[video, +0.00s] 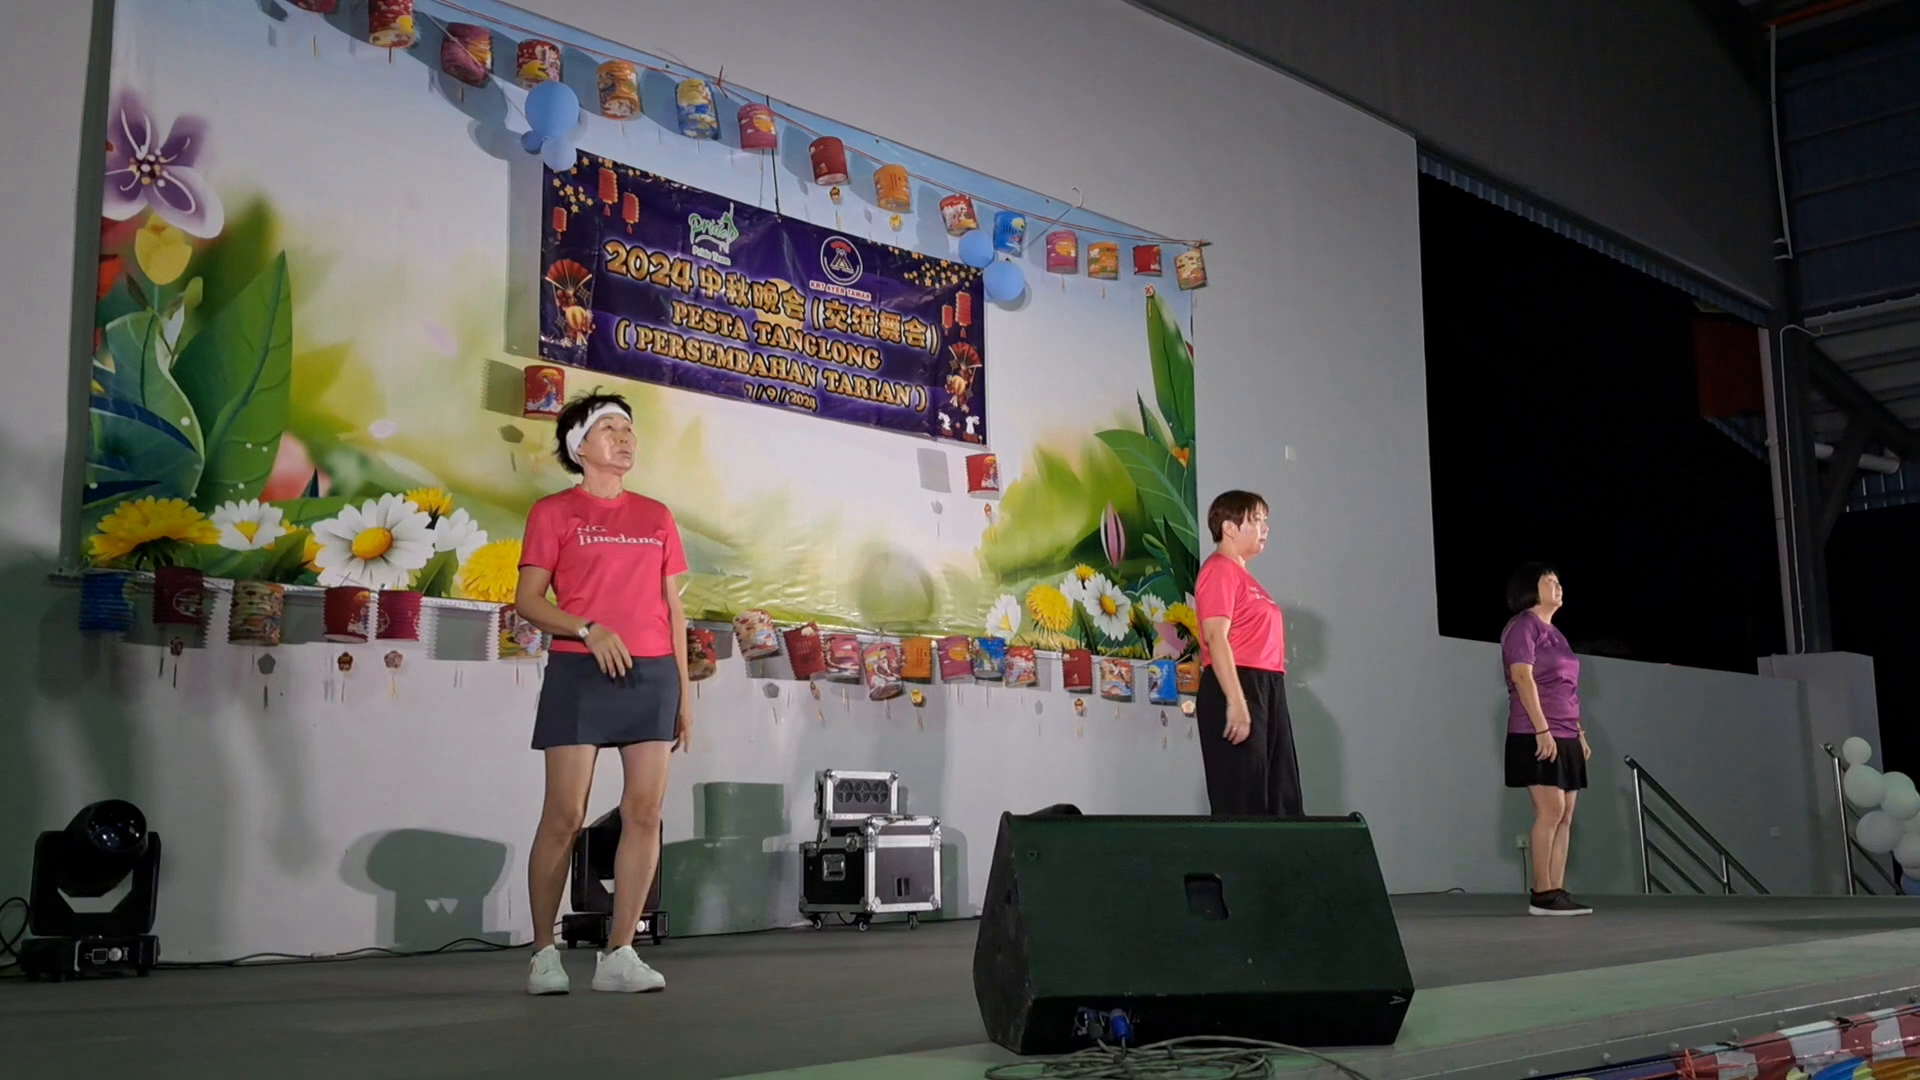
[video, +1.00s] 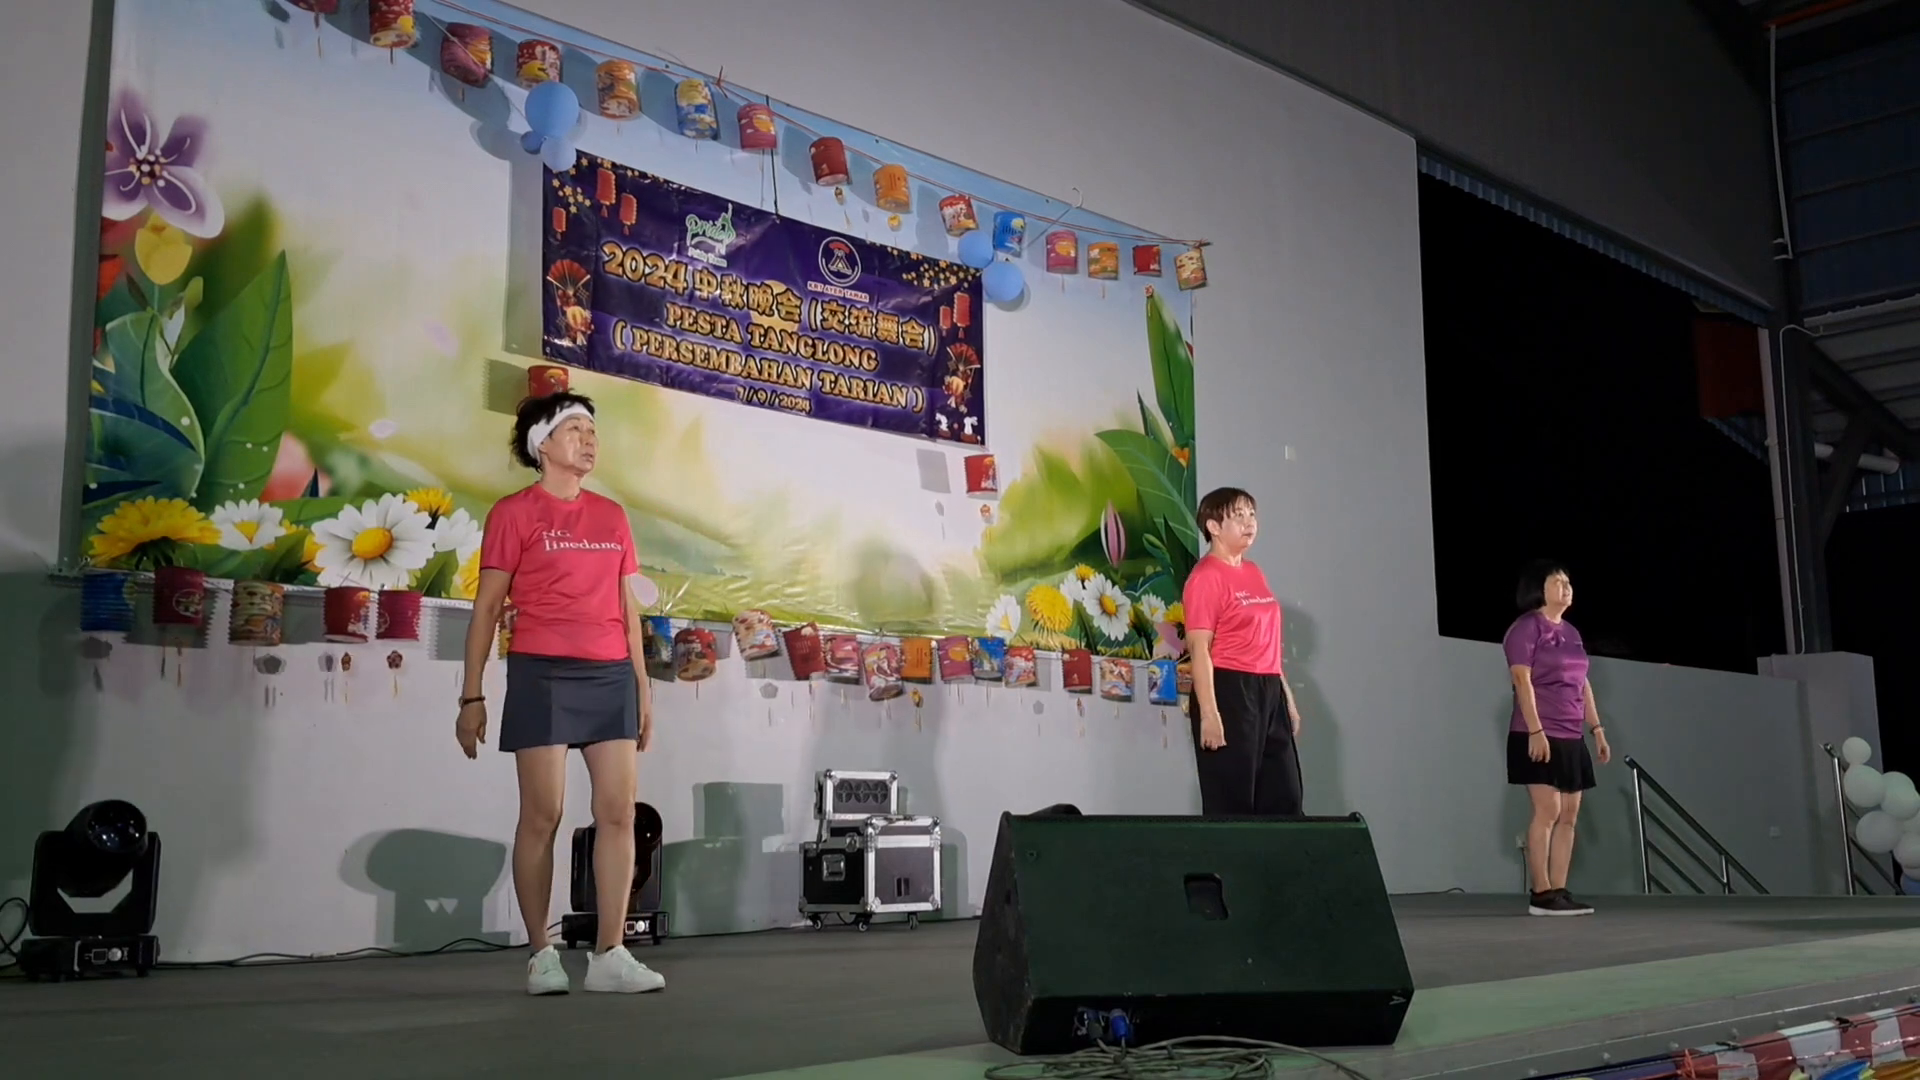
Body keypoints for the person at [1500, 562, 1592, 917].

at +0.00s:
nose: (1557, 587)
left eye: (1557, 582)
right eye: (1549, 582)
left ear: (1558, 592)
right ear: (1532, 589)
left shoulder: (1556, 634)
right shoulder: (1523, 625)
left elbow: (1563, 690)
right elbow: (1521, 677)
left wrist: (1578, 732)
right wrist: (1542, 729)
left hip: (1566, 735)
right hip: (1538, 734)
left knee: (1565, 814)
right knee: (1550, 811)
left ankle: (1556, 891)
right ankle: (1542, 892)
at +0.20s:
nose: (1554, 586)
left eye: (1555, 581)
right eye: (1546, 581)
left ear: (1557, 590)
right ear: (1528, 588)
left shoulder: (1559, 633)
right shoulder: (1519, 626)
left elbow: (1567, 689)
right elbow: (1520, 679)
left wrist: (1581, 732)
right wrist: (1547, 726)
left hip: (1567, 735)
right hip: (1533, 733)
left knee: (1564, 813)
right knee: (1538, 812)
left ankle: (1555, 891)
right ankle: (1540, 892)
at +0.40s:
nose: (1555, 586)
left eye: (1556, 581)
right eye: (1546, 581)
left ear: (1557, 590)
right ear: (1528, 589)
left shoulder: (1561, 634)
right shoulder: (1517, 629)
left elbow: (1573, 685)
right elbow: (1516, 683)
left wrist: (1590, 729)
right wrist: (1541, 731)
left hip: (1568, 737)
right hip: (1531, 737)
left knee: (1577, 813)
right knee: (1536, 810)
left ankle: (1557, 889)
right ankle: (1539, 892)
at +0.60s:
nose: (1557, 590)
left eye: (1558, 584)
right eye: (1549, 584)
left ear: (1559, 592)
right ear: (1531, 590)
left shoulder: (1562, 634)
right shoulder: (1517, 632)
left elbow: (1576, 687)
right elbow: (1515, 686)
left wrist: (1600, 724)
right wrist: (1527, 734)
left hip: (1569, 740)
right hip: (1531, 738)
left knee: (1588, 812)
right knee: (1535, 811)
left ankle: (1560, 886)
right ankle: (1539, 893)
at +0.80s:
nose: (1560, 589)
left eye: (1561, 584)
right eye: (1551, 583)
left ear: (1563, 591)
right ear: (1533, 589)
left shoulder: (1566, 633)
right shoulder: (1519, 629)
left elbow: (1582, 684)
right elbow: (1514, 680)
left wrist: (1605, 723)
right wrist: (1525, 728)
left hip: (1572, 739)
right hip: (1536, 736)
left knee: (1574, 814)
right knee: (1540, 810)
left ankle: (1559, 890)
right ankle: (1540, 892)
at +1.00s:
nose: (1566, 588)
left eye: (1568, 583)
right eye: (1557, 582)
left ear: (1570, 592)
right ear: (1539, 589)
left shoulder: (1572, 634)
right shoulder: (1525, 629)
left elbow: (1582, 685)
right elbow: (1522, 683)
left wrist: (1597, 730)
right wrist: (1536, 731)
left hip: (1572, 737)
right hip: (1537, 735)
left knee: (1568, 814)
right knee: (1547, 810)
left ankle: (1558, 890)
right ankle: (1541, 892)